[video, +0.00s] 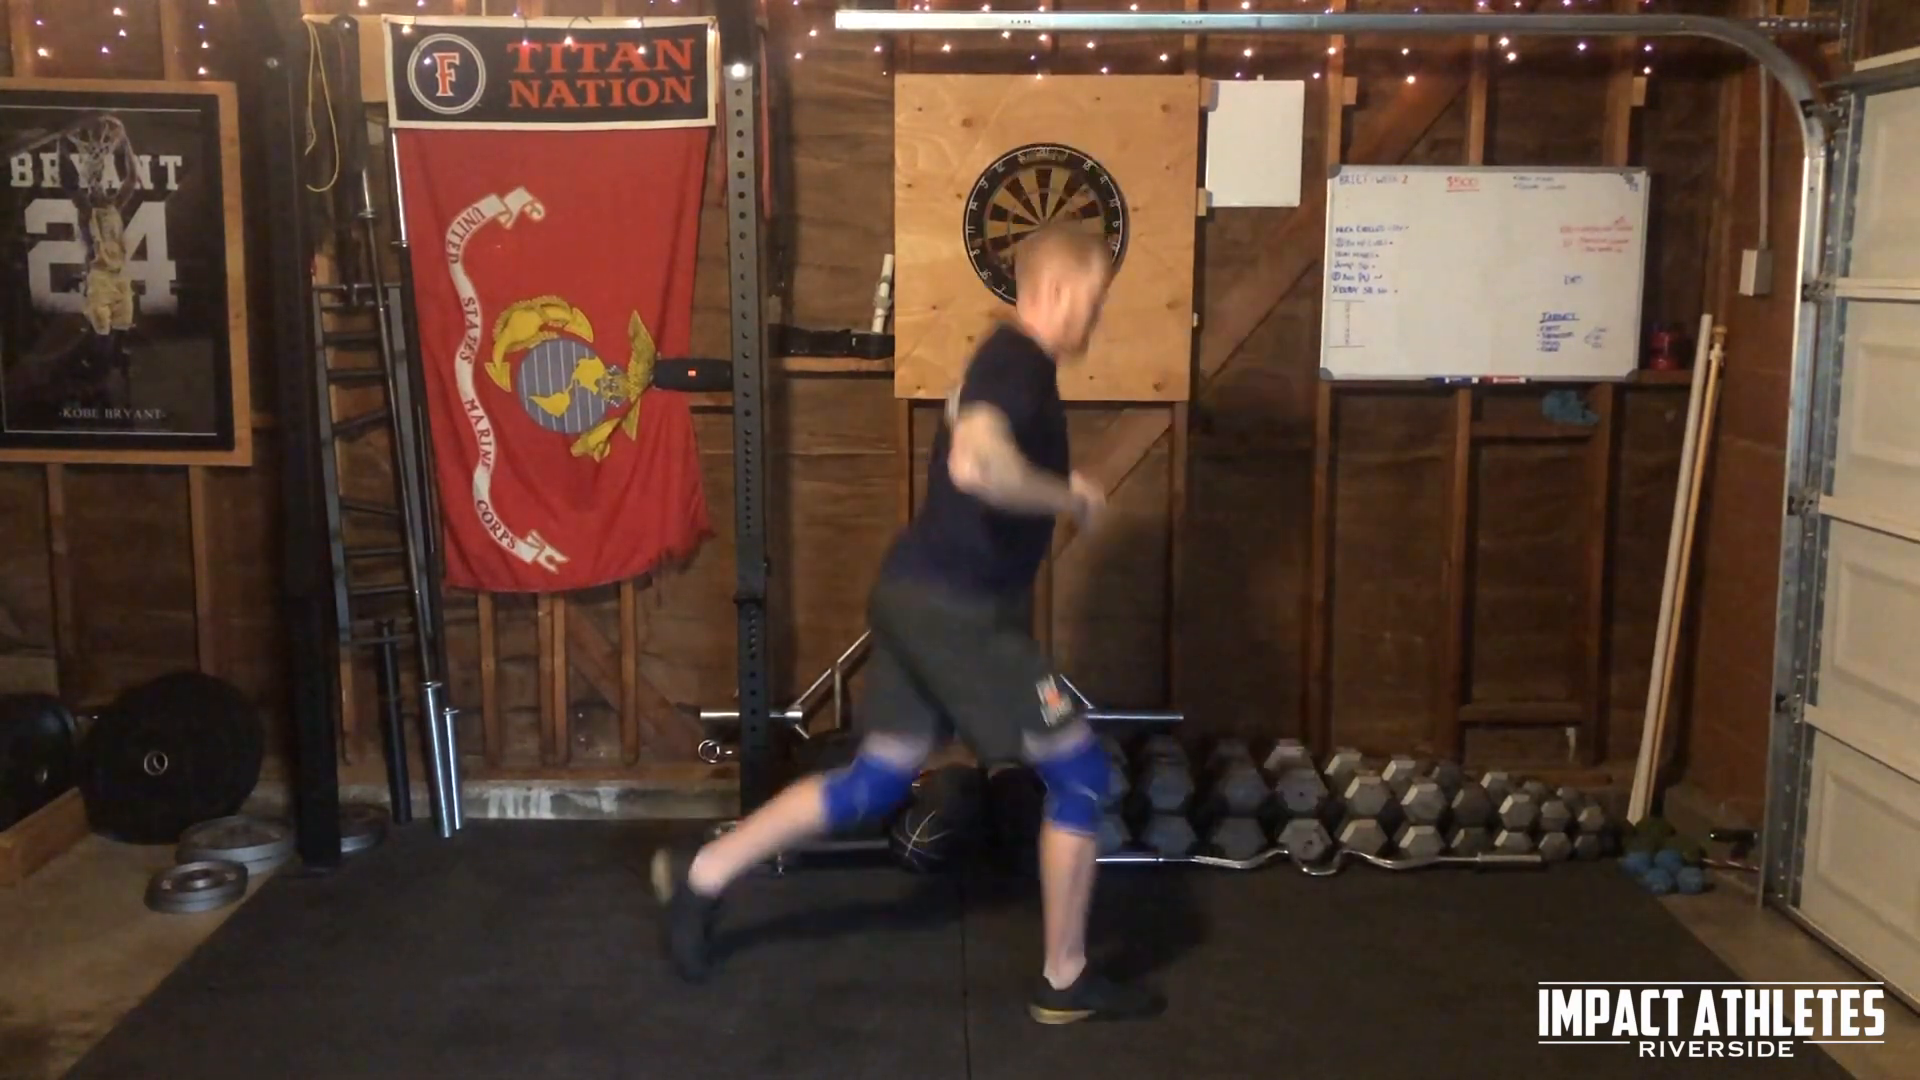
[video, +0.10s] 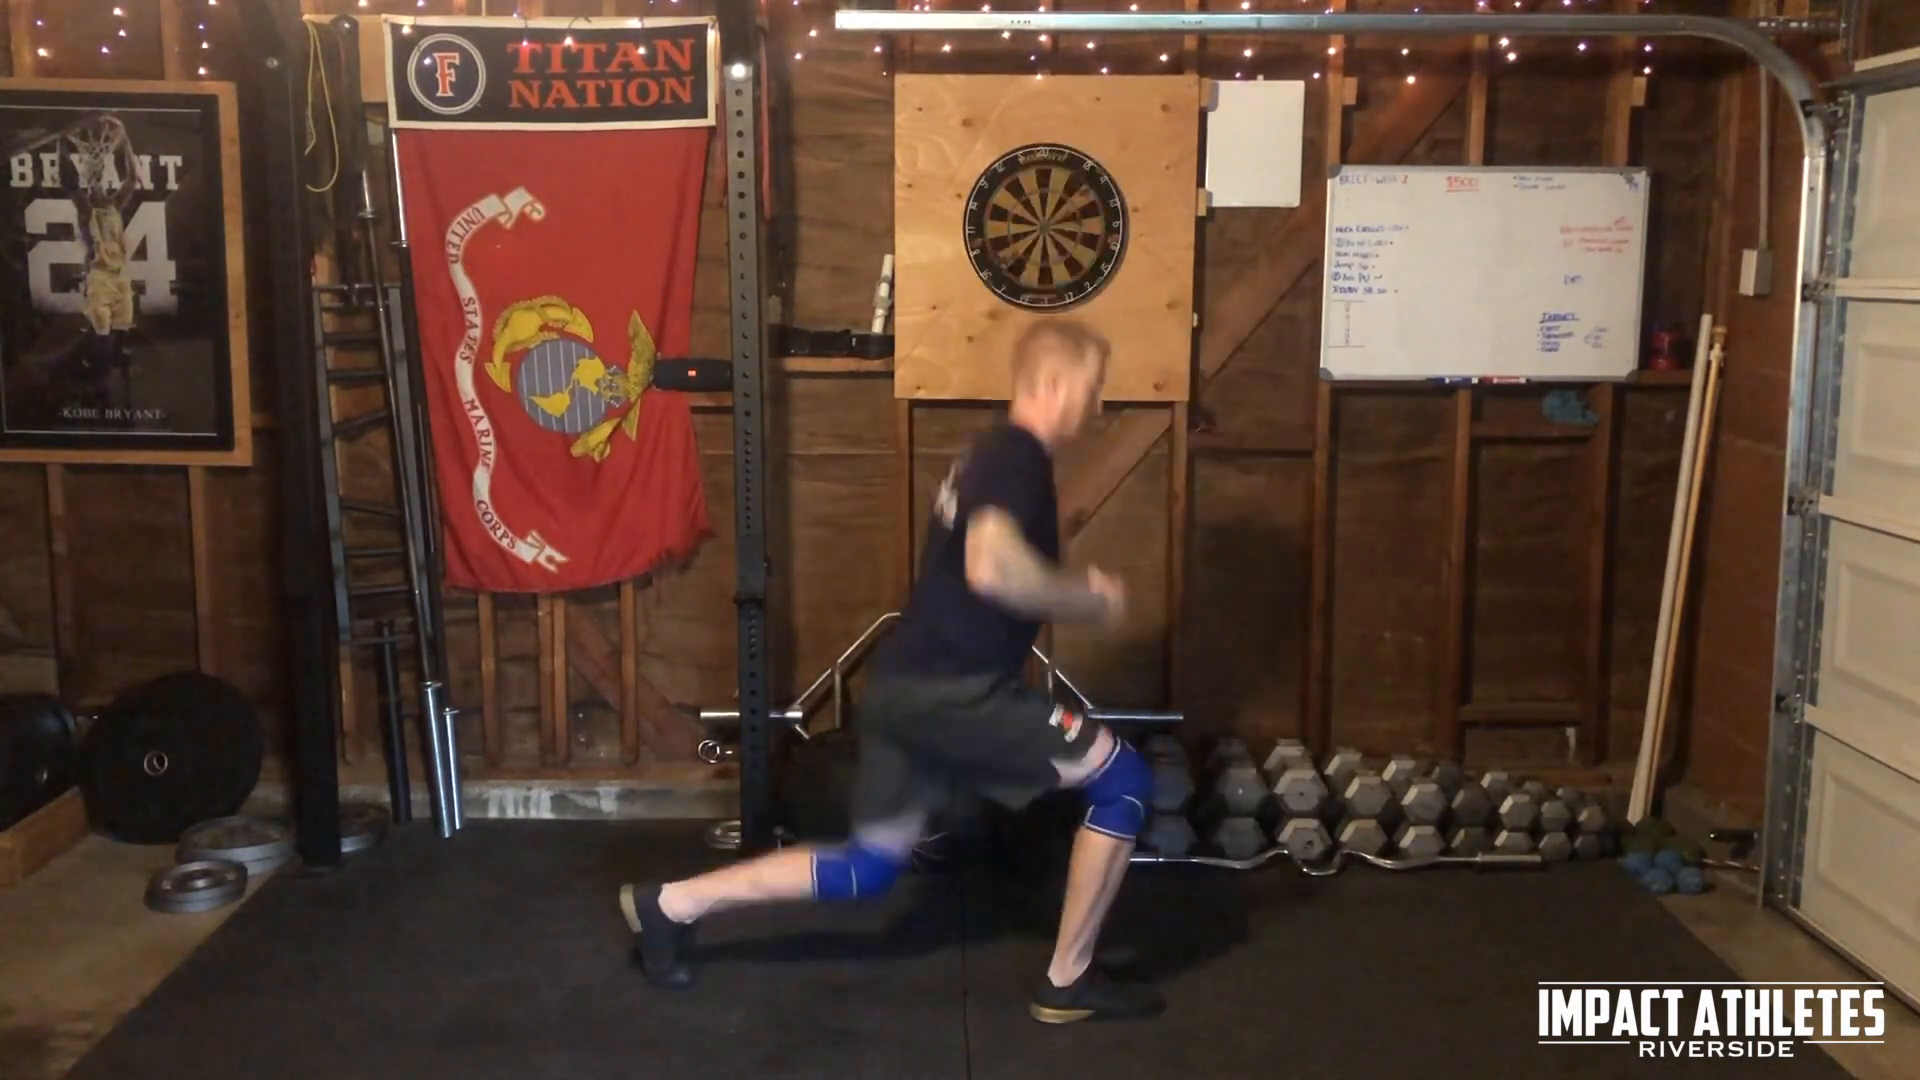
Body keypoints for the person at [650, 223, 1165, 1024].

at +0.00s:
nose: (1098, 314)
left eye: (1100, 298)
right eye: (1093, 297)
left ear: (1041, 289)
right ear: (1053, 290)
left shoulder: (1010, 356)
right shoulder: (1014, 361)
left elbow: (961, 420)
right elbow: (978, 461)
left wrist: (1048, 484)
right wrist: (1070, 496)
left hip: (922, 599)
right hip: (951, 607)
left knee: (873, 782)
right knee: (1079, 769)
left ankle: (699, 873)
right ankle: (1066, 977)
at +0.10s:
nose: (1096, 406)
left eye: (1098, 391)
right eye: (1093, 390)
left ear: (1031, 382)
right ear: (1058, 387)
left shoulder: (986, 456)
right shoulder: (1016, 458)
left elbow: (971, 568)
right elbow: (993, 568)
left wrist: (1066, 581)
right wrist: (1091, 597)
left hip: (904, 689)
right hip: (950, 693)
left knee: (869, 866)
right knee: (1122, 783)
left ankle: (669, 904)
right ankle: (1069, 976)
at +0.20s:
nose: (1094, 466)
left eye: (1095, 452)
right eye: (1089, 451)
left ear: (1034, 445)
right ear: (1050, 447)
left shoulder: (989, 513)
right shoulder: (1016, 520)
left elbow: (973, 648)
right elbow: (1000, 650)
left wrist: (1046, 698)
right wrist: (1098, 673)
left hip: (900, 741)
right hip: (946, 743)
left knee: (873, 921)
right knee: (1130, 787)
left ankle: (673, 904)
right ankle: (1069, 982)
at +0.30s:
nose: (1091, 497)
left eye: (1091, 482)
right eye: (1087, 481)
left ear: (1034, 478)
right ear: (1049, 478)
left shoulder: (985, 542)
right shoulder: (1014, 552)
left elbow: (983, 685)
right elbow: (999, 696)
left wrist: (1073, 717)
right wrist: (1095, 720)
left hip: (898, 773)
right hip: (942, 772)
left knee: (883, 944)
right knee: (1139, 790)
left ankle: (688, 900)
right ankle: (1069, 979)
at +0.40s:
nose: (1087, 493)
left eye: (1086, 478)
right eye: (1081, 478)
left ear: (1027, 479)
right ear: (1041, 478)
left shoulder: (985, 542)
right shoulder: (1010, 554)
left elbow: (997, 686)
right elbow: (1009, 704)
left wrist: (1073, 727)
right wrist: (1099, 704)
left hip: (905, 772)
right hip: (946, 772)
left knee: (885, 946)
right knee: (1144, 790)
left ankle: (687, 902)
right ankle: (1069, 979)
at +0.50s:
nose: (1079, 449)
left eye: (1079, 434)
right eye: (1074, 433)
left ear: (1019, 435)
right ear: (1034, 435)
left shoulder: (986, 508)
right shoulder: (1008, 519)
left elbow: (986, 639)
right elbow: (1019, 657)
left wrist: (1046, 697)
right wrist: (1103, 630)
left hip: (915, 739)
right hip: (961, 740)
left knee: (879, 914)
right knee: (1143, 786)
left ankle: (680, 905)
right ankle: (1070, 981)